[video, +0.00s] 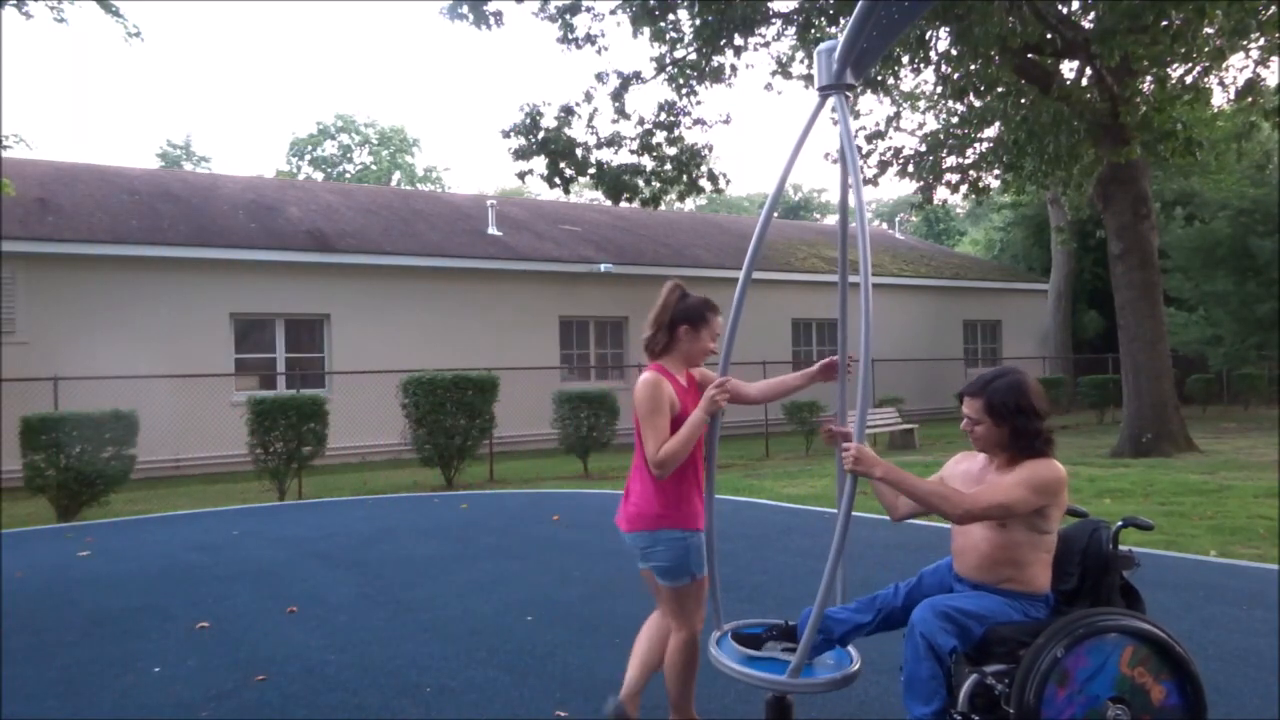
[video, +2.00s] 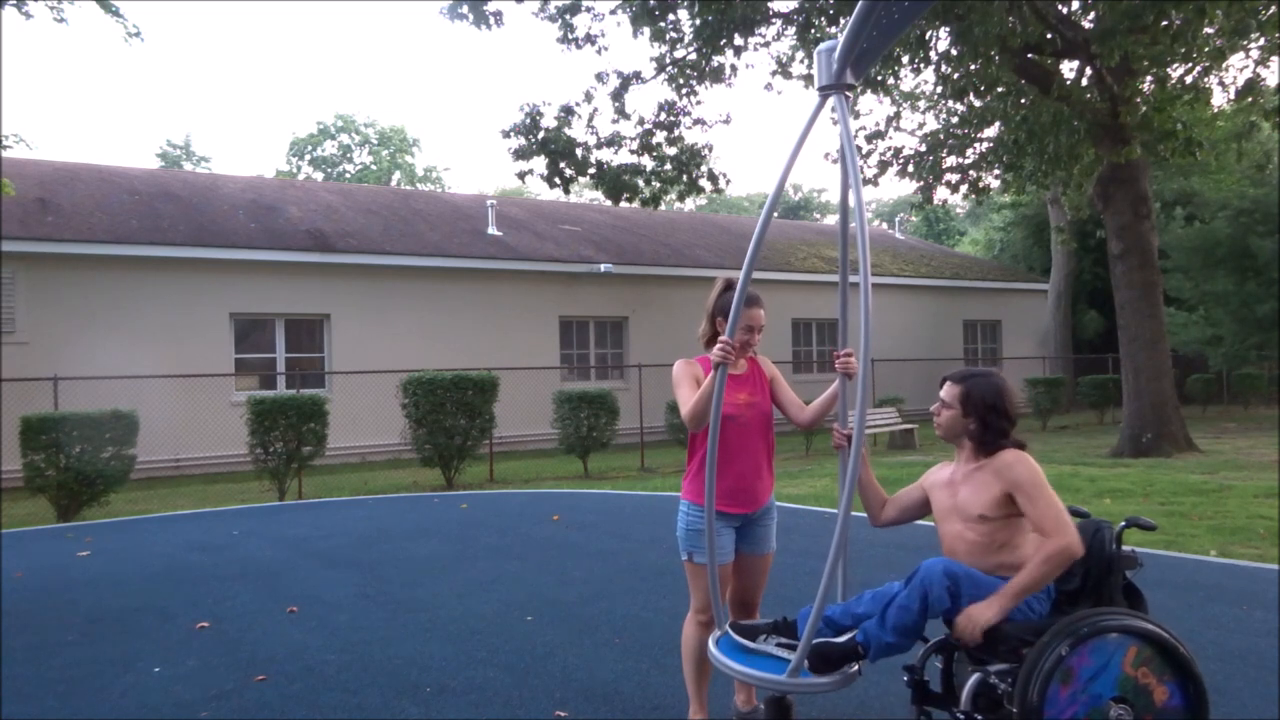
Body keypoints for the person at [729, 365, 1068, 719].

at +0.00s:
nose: (964, 429)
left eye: (974, 422)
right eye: (964, 419)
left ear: (1010, 424)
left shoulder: (1046, 474)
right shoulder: (965, 463)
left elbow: (963, 510)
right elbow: (901, 508)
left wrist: (879, 467)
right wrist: (863, 457)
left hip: (1013, 599)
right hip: (956, 578)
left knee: (928, 620)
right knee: (888, 602)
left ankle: (927, 713)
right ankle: (800, 633)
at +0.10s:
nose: (960, 427)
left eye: (970, 420)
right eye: (960, 418)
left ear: (1005, 423)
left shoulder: (1042, 474)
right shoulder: (961, 464)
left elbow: (969, 520)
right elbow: (902, 511)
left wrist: (879, 476)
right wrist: (858, 460)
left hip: (1014, 599)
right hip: (956, 580)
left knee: (927, 620)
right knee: (888, 599)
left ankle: (926, 712)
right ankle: (800, 634)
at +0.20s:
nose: (954, 425)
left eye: (964, 418)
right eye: (955, 416)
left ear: (998, 419)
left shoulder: (1035, 476)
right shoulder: (960, 466)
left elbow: (985, 548)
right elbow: (901, 512)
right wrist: (864, 458)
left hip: (1014, 599)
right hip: (957, 582)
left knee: (927, 621)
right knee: (890, 600)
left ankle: (927, 713)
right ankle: (800, 634)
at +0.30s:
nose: (950, 423)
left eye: (959, 415)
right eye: (950, 414)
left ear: (993, 417)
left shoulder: (1030, 477)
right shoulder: (958, 467)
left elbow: (991, 564)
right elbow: (898, 512)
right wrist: (862, 455)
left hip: (1014, 599)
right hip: (956, 584)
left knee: (923, 628)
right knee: (871, 608)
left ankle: (927, 713)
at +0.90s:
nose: (951, 413)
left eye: (960, 406)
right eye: (954, 404)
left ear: (991, 413)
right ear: (978, 414)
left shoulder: (1028, 474)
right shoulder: (956, 471)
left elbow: (1023, 569)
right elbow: (894, 513)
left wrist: (942, 603)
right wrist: (864, 460)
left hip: (1016, 601)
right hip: (961, 591)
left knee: (933, 574)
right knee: (894, 594)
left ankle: (888, 693)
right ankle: (798, 632)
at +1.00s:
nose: (949, 419)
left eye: (957, 412)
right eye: (950, 411)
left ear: (991, 416)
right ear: (976, 415)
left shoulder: (1029, 471)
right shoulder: (955, 472)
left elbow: (1032, 567)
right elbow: (893, 513)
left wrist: (947, 585)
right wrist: (863, 458)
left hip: (1019, 602)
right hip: (965, 592)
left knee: (944, 558)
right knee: (894, 593)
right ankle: (794, 636)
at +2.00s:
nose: (933, 410)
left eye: (944, 405)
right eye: (937, 402)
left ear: (974, 417)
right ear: (958, 416)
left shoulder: (1012, 465)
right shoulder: (940, 476)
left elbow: (1066, 544)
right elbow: (881, 513)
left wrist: (995, 605)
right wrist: (856, 454)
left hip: (1021, 598)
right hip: (967, 594)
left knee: (937, 572)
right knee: (896, 594)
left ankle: (855, 648)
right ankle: (796, 630)